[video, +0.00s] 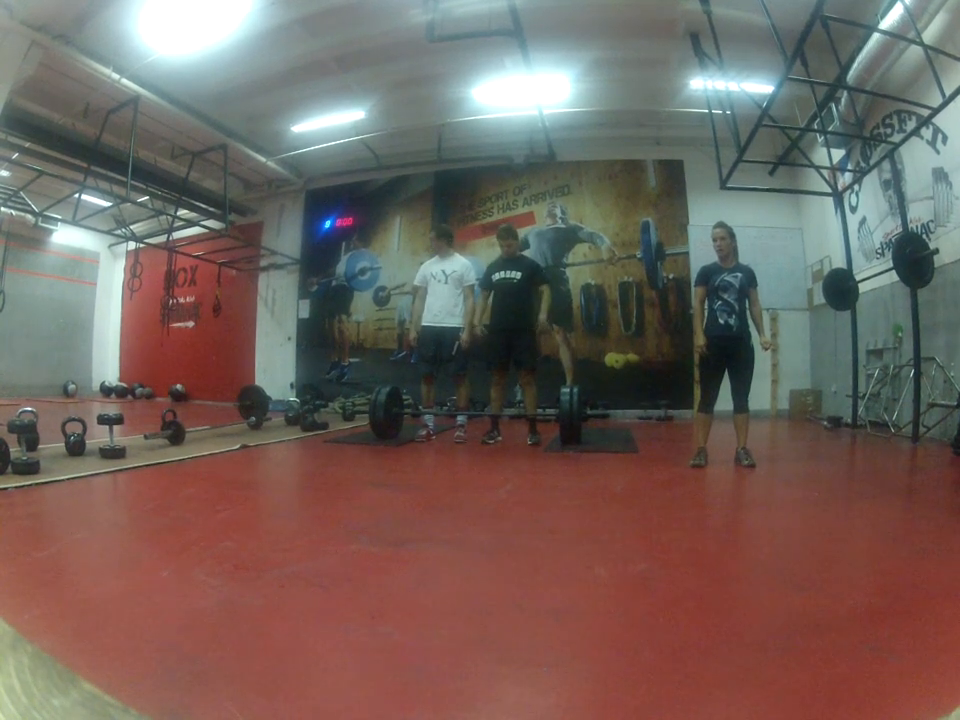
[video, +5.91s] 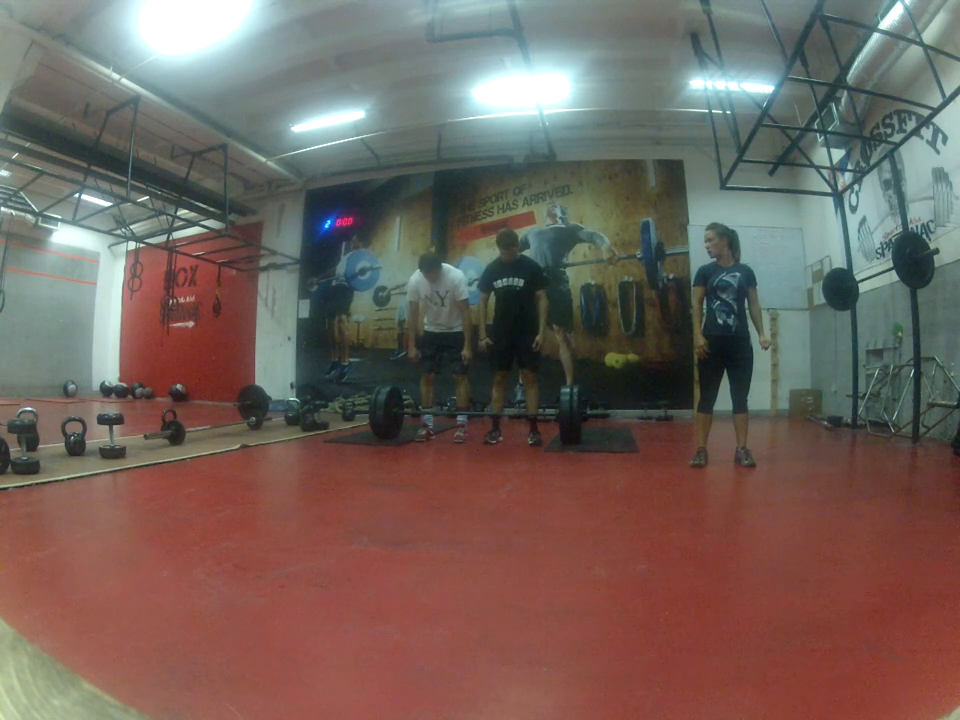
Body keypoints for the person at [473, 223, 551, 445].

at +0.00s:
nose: (508, 249)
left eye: (511, 245)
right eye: (504, 245)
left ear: (518, 243)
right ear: (498, 245)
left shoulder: (531, 266)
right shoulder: (493, 267)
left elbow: (545, 291)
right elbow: (484, 297)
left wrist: (542, 317)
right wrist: (477, 323)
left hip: (525, 329)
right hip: (498, 330)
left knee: (527, 378)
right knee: (498, 378)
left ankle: (532, 428)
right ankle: (494, 428)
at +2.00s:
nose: (505, 248)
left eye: (508, 243)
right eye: (501, 244)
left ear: (515, 242)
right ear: (496, 244)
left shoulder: (530, 265)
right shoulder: (491, 267)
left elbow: (542, 294)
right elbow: (484, 299)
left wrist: (540, 325)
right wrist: (481, 327)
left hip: (525, 330)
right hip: (499, 329)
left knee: (528, 377)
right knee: (497, 378)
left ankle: (533, 429)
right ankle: (494, 428)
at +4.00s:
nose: (506, 246)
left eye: (510, 242)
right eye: (505, 242)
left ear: (520, 240)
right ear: (503, 241)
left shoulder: (535, 263)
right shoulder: (498, 262)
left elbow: (548, 291)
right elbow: (489, 292)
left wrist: (548, 316)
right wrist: (483, 314)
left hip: (528, 327)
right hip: (503, 327)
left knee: (530, 378)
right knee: (499, 377)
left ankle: (533, 429)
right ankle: (495, 428)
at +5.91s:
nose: (508, 254)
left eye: (511, 250)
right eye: (504, 250)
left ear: (518, 247)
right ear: (498, 248)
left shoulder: (531, 267)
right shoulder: (492, 269)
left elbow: (542, 299)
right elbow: (483, 302)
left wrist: (541, 331)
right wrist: (482, 333)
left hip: (527, 331)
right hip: (501, 331)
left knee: (529, 377)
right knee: (499, 379)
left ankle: (533, 428)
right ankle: (495, 428)